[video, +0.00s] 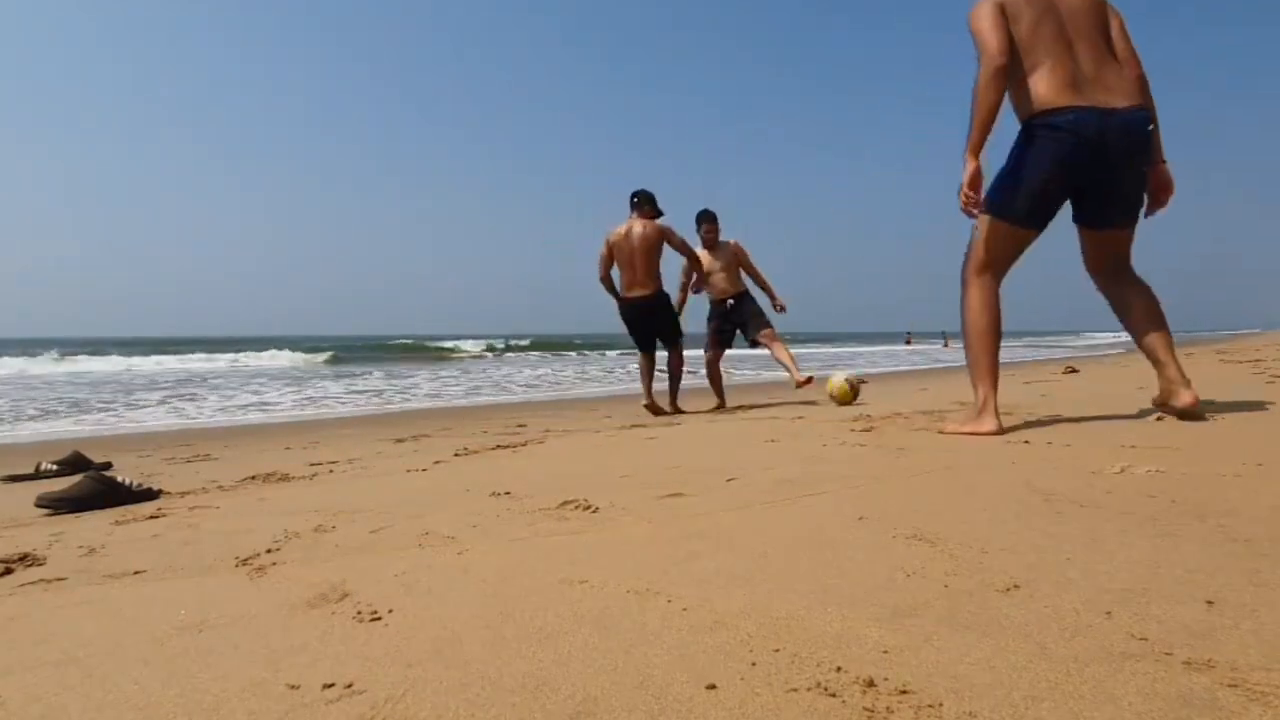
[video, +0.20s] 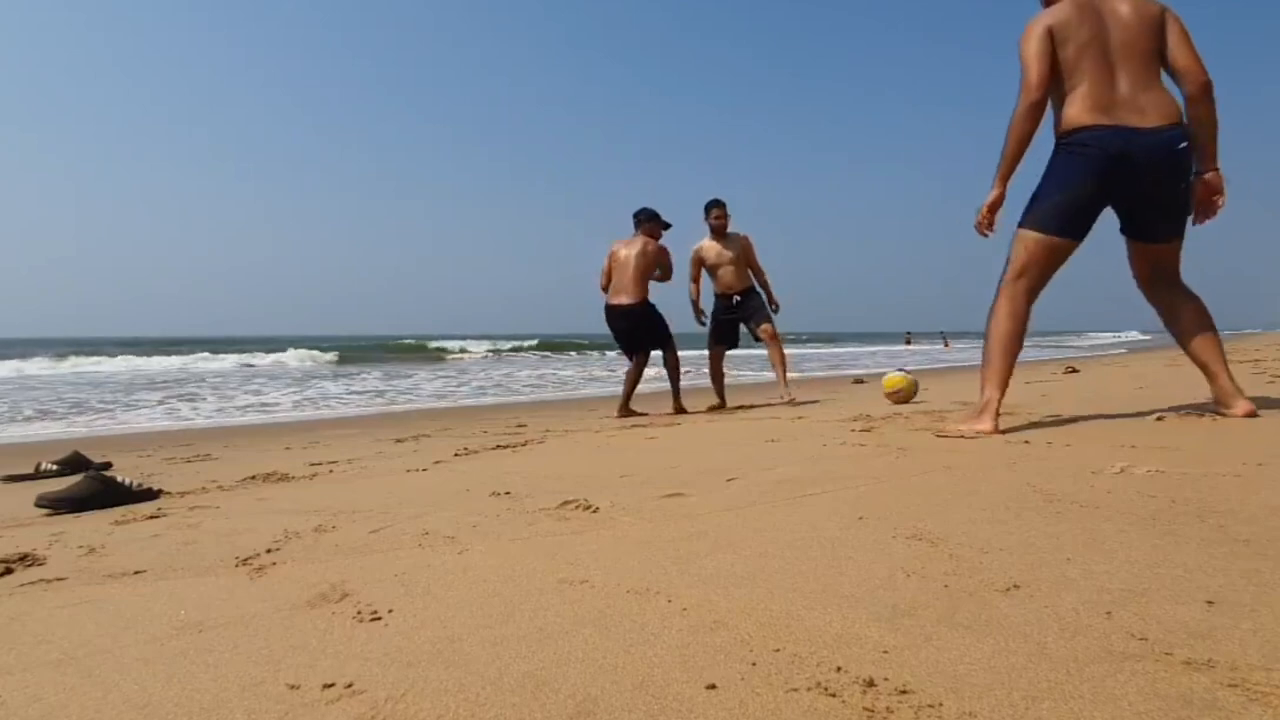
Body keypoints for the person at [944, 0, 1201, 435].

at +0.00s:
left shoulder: (990, 6)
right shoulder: (1100, 6)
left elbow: (997, 62)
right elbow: (1132, 67)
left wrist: (973, 153)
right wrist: (1155, 158)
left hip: (1055, 134)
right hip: (1127, 133)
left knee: (982, 268)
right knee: (1112, 266)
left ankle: (984, 410)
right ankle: (1175, 384)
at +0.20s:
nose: (1039, 4)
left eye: (1041, 5)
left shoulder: (1047, 20)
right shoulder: (1155, 10)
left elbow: (1033, 98)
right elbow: (1198, 84)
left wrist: (1000, 184)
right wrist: (1208, 167)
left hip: (1086, 149)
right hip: (1163, 149)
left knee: (1020, 281)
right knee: (1163, 279)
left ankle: (986, 411)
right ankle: (1230, 395)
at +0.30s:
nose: (1076, 9)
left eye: (1076, 7)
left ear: (1088, 2)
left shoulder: (1078, 26)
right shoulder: (1188, 14)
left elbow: (1064, 100)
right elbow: (1232, 91)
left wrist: (1031, 184)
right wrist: (1233, 176)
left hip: (1107, 153)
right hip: (1184, 153)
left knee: (1049, 281)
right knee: (1181, 281)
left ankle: (1003, 391)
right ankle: (1232, 393)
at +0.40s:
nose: (1095, 8)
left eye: (1095, 6)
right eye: (1095, 7)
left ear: (1106, 1)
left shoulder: (1098, 25)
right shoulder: (1202, 18)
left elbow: (1091, 93)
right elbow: (1242, 98)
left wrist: (1057, 176)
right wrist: (1243, 182)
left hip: (1123, 155)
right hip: (1197, 154)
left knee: (1059, 273)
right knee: (1191, 280)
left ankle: (1059, 366)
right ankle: (1231, 393)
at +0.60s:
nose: (1088, 8)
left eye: (1089, 6)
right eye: (1088, 6)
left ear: (1100, 1)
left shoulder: (1099, 20)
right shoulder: (1190, 16)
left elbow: (1106, 79)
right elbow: (1228, 89)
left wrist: (1084, 155)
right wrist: (1235, 163)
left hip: (1131, 147)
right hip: (1197, 142)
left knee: (1104, 272)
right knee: (1183, 268)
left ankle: (1129, 383)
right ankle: (1226, 347)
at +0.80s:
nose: (1084, 24)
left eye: (1082, 15)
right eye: (1081, 16)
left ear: (1094, 6)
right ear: (1131, 3)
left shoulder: (1094, 41)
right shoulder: (1180, 31)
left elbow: (1092, 109)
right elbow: (1226, 94)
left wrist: (1069, 183)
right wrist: (1232, 167)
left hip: (1131, 166)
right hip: (1191, 163)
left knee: (1105, 281)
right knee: (1151, 253)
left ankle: (1135, 388)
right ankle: (1169, 351)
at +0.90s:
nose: (1081, 11)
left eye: (1080, 6)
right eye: (1079, 7)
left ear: (1092, 1)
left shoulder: (1095, 27)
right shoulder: (1176, 21)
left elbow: (1093, 95)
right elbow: (1232, 75)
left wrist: (1063, 165)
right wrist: (1251, 142)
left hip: (1138, 152)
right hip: (1190, 144)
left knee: (1120, 267)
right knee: (1144, 254)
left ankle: (1141, 382)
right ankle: (1134, 363)